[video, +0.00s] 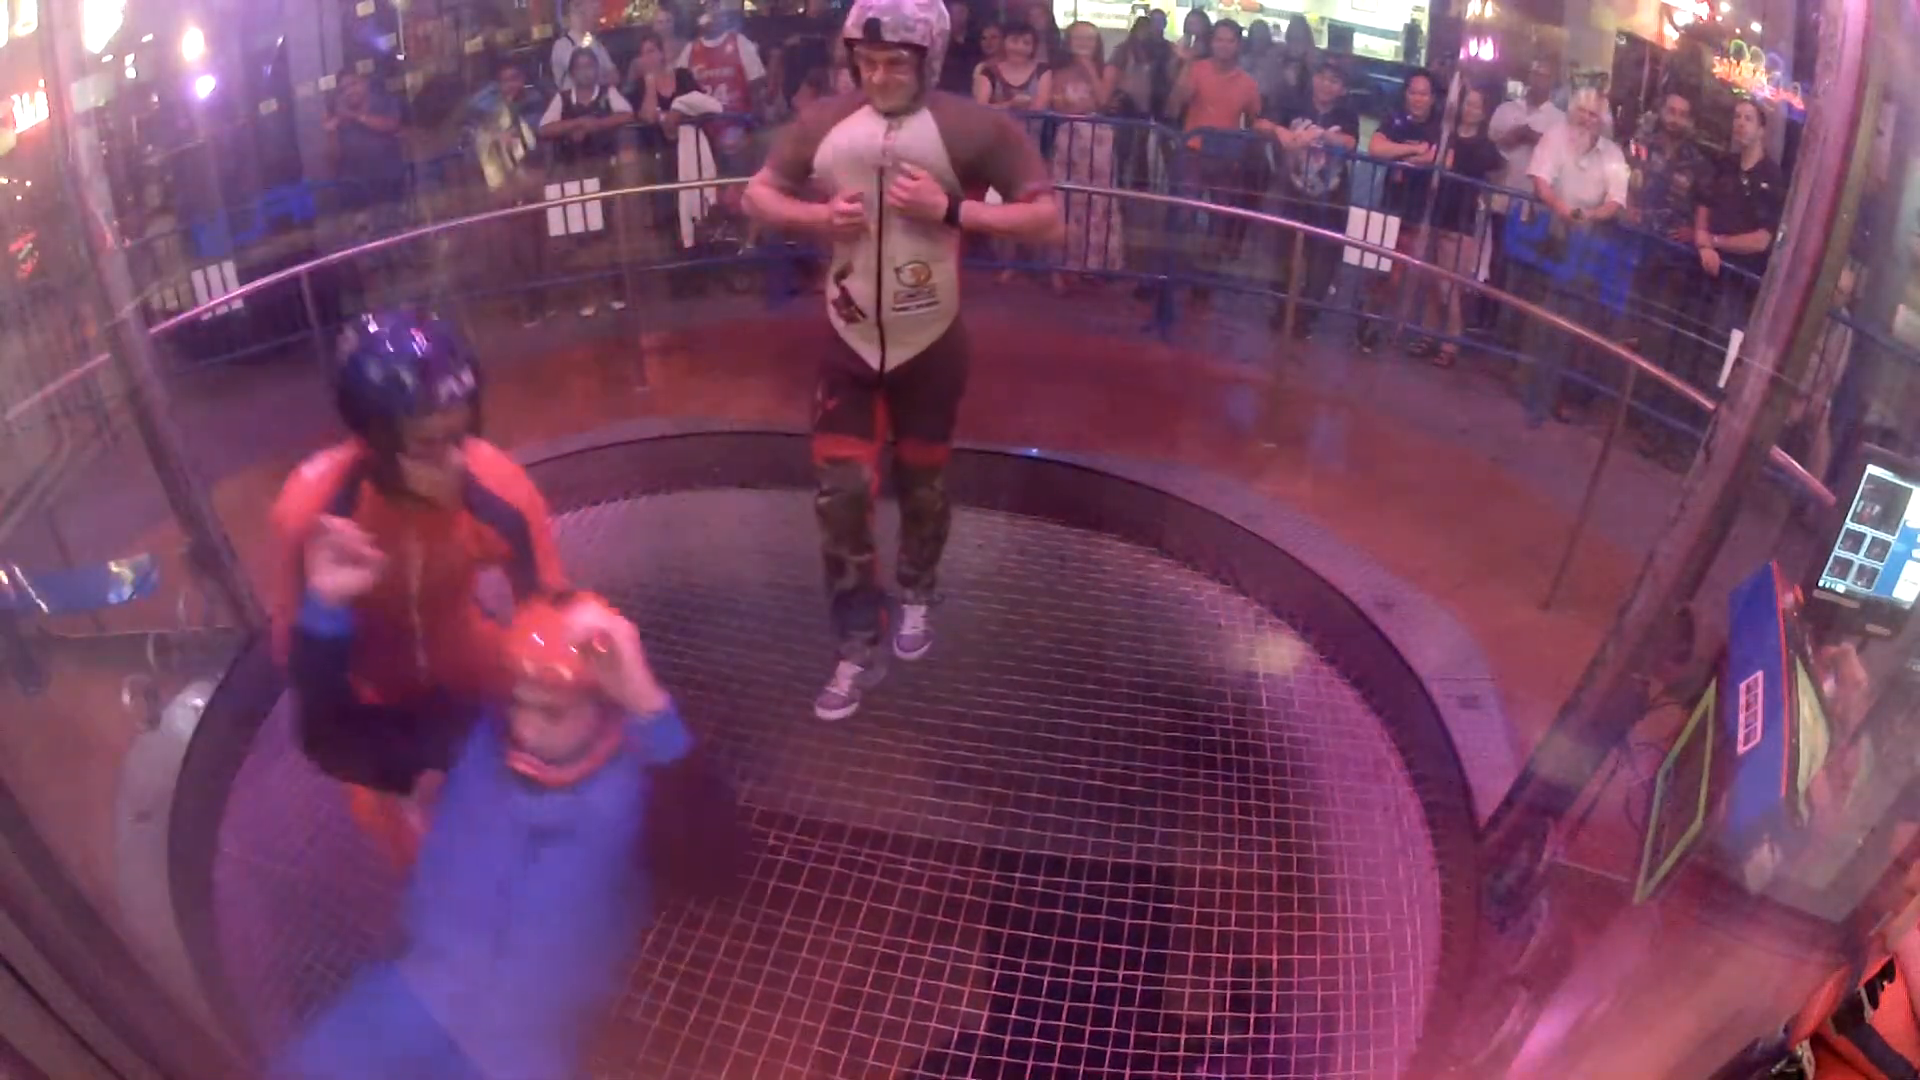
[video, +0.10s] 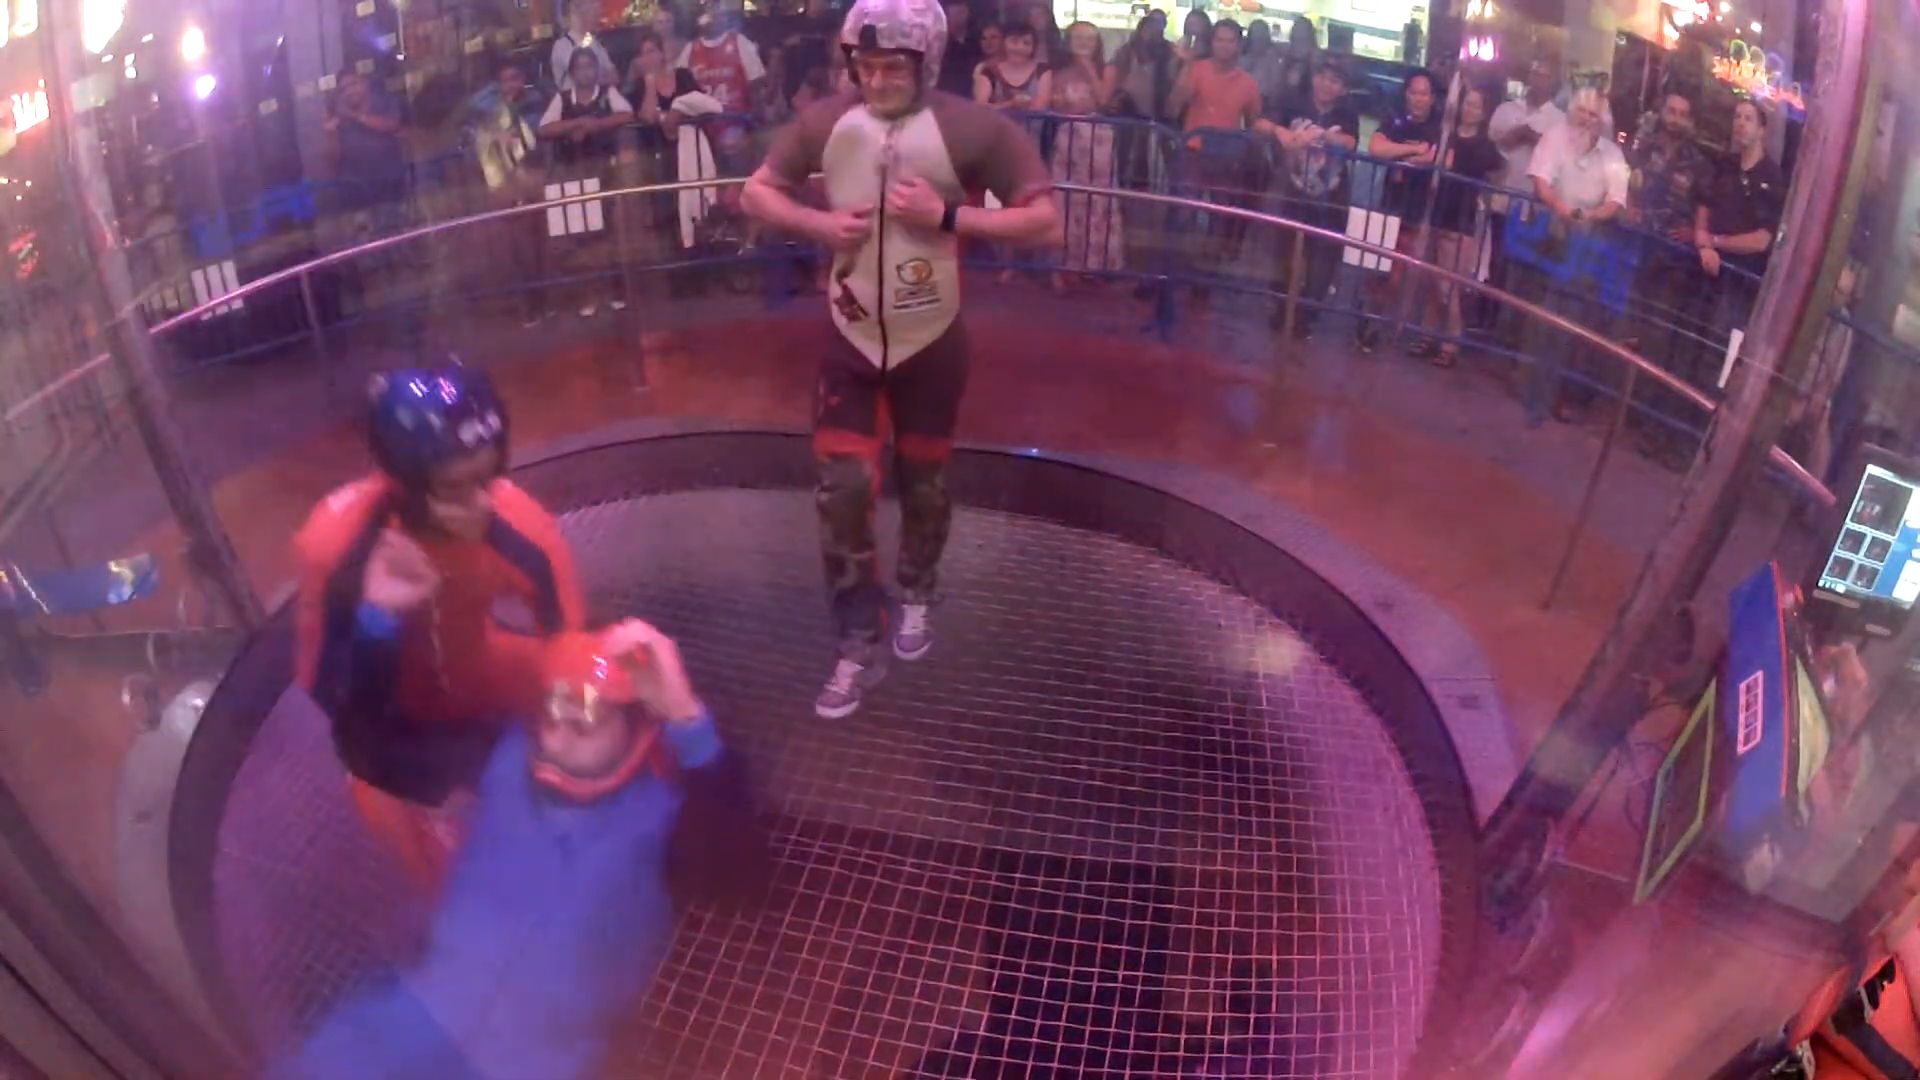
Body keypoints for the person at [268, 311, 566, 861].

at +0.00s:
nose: (449, 461)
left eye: (458, 436)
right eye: (425, 445)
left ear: (472, 419)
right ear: (375, 438)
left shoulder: (502, 490)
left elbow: (551, 623)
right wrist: (412, 774)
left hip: (478, 685)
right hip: (379, 702)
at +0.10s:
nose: (478, 502)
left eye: (486, 479)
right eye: (454, 490)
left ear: (500, 460)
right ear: (404, 481)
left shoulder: (529, 532)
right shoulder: (341, 539)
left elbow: (568, 660)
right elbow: (332, 696)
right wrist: (380, 620)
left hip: (496, 704)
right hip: (396, 722)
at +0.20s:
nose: (512, 534)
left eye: (518, 509)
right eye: (486, 520)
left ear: (526, 489)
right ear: (434, 513)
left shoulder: (546, 554)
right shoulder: (360, 566)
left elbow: (591, 679)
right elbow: (347, 709)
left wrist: (642, 668)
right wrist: (411, 648)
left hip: (494, 676)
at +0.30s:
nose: (532, 551)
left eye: (538, 529)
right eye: (507, 540)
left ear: (548, 512)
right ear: (453, 532)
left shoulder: (559, 574)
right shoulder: (380, 583)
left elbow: (602, 686)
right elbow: (348, 711)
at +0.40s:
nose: (551, 569)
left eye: (556, 544)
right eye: (526, 557)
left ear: (563, 527)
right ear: (470, 548)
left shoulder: (568, 592)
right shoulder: (399, 599)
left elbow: (610, 717)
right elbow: (363, 735)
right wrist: (483, 805)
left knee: (651, 632)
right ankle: (397, 782)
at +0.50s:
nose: (570, 575)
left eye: (573, 554)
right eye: (547, 565)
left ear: (582, 534)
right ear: (491, 557)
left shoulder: (578, 598)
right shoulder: (420, 608)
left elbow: (618, 709)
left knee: (649, 605)